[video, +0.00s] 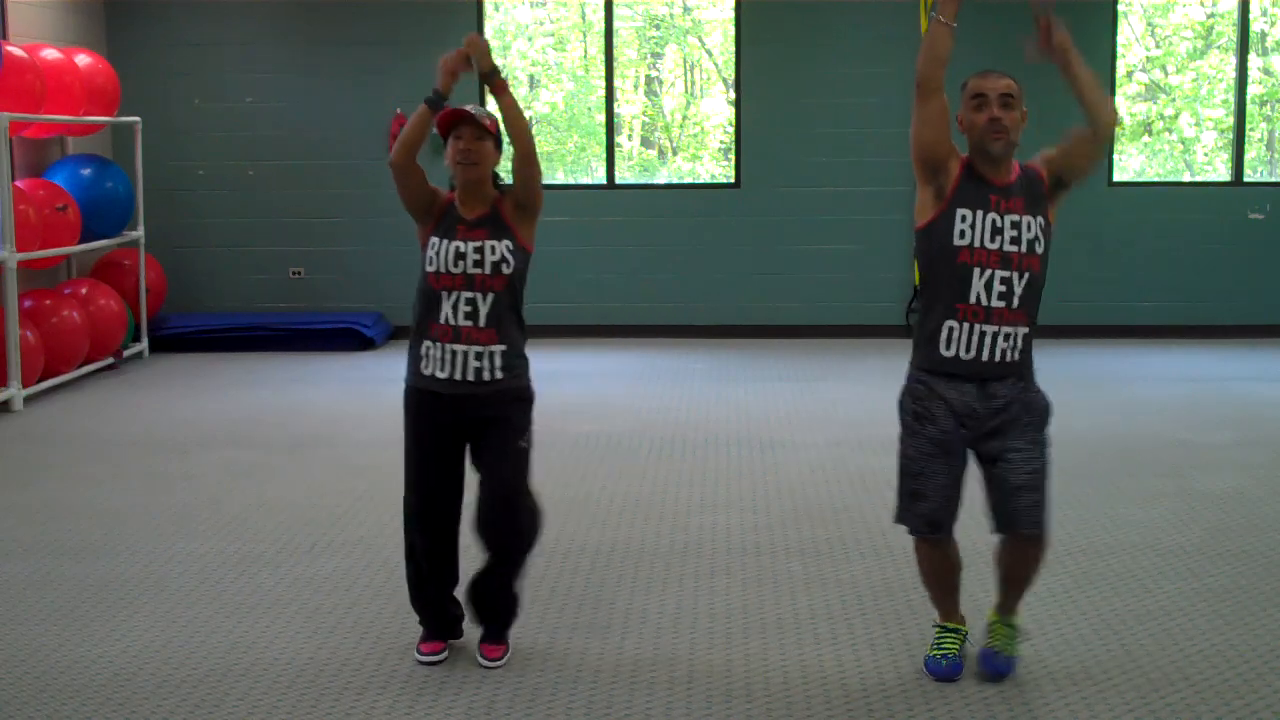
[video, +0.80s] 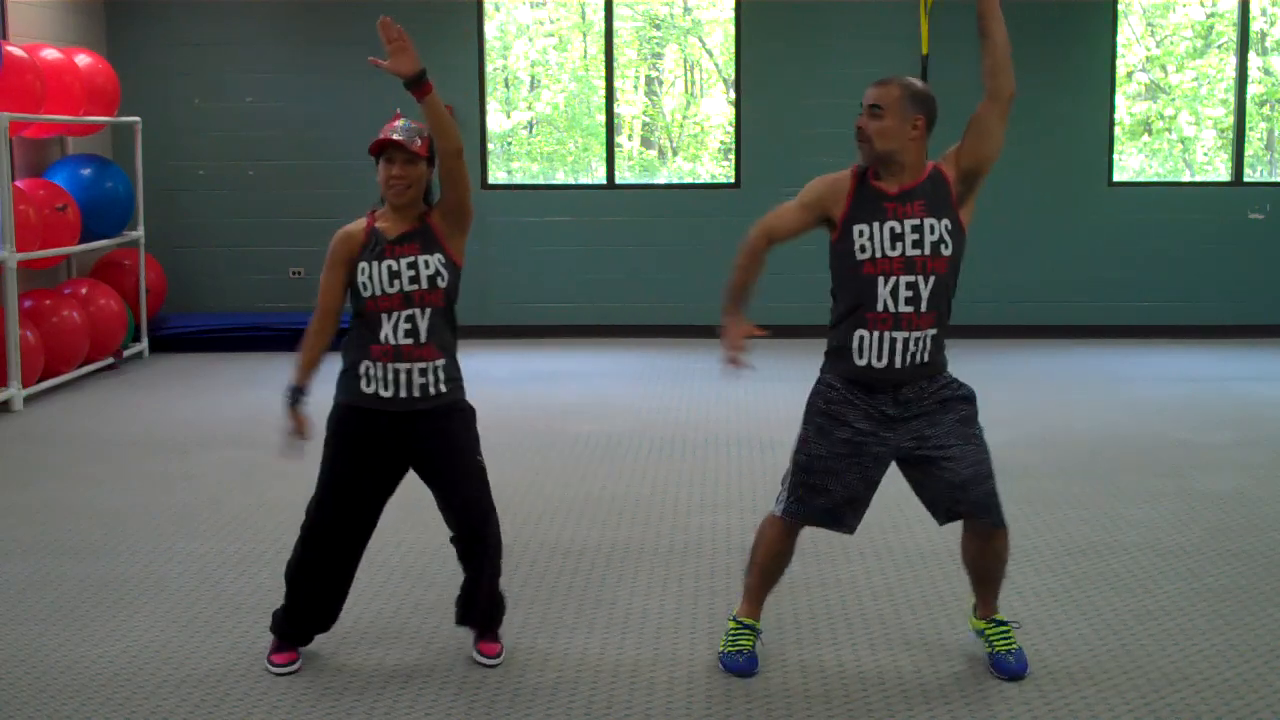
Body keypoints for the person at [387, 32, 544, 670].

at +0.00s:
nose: (464, 147)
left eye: (476, 140)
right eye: (454, 141)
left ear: (497, 153)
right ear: (444, 158)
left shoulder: (518, 212)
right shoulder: (434, 213)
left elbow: (522, 145)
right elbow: (402, 161)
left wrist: (492, 77)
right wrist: (440, 90)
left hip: (500, 392)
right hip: (432, 391)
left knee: (507, 511)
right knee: (429, 514)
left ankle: (495, 619)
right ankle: (436, 624)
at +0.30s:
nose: (442, 152)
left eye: (454, 143)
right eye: (433, 145)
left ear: (476, 157)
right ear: (424, 161)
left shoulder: (495, 219)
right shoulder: (413, 217)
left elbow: (493, 142)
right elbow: (368, 160)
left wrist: (462, 68)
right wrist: (387, 86)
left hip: (463, 401)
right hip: (400, 395)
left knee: (457, 520)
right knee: (389, 514)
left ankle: (474, 629)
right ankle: (414, 625)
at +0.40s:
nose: (438, 151)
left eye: (450, 143)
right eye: (430, 145)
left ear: (471, 158)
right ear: (418, 160)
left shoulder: (490, 215)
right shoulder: (406, 215)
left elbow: (487, 140)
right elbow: (338, 172)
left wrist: (447, 64)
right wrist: (319, 100)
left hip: (465, 401)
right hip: (398, 393)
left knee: (466, 520)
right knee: (356, 499)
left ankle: (474, 629)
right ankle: (401, 608)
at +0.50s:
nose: (434, 149)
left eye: (445, 140)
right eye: (424, 142)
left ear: (463, 155)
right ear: (411, 156)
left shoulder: (482, 210)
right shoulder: (393, 213)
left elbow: (478, 134)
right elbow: (304, 199)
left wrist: (437, 62)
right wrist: (240, 163)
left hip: (470, 397)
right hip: (398, 391)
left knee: (474, 521)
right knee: (339, 495)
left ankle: (472, 628)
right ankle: (350, 602)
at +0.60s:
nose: (421, 154)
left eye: (433, 146)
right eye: (413, 146)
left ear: (454, 160)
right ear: (400, 159)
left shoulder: (472, 215)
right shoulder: (380, 224)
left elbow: (471, 139)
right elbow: (296, 252)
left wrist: (429, 64)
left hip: (468, 402)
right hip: (395, 401)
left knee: (477, 520)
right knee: (344, 516)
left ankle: (474, 627)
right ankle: (292, 627)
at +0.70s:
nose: (407, 167)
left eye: (419, 159)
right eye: (399, 158)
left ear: (441, 170)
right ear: (387, 167)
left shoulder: (459, 224)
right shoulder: (362, 238)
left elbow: (456, 145)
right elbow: (302, 302)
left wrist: (422, 76)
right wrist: (242, 353)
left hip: (455, 411)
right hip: (381, 412)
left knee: (476, 526)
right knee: (342, 526)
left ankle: (475, 627)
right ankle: (291, 631)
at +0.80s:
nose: (395, 170)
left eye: (407, 160)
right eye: (387, 160)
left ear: (428, 170)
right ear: (376, 169)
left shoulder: (447, 228)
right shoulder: (351, 240)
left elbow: (451, 152)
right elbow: (323, 321)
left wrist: (419, 82)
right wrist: (297, 389)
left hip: (441, 412)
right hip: (366, 413)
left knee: (477, 522)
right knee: (329, 526)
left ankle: (485, 623)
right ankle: (291, 632)